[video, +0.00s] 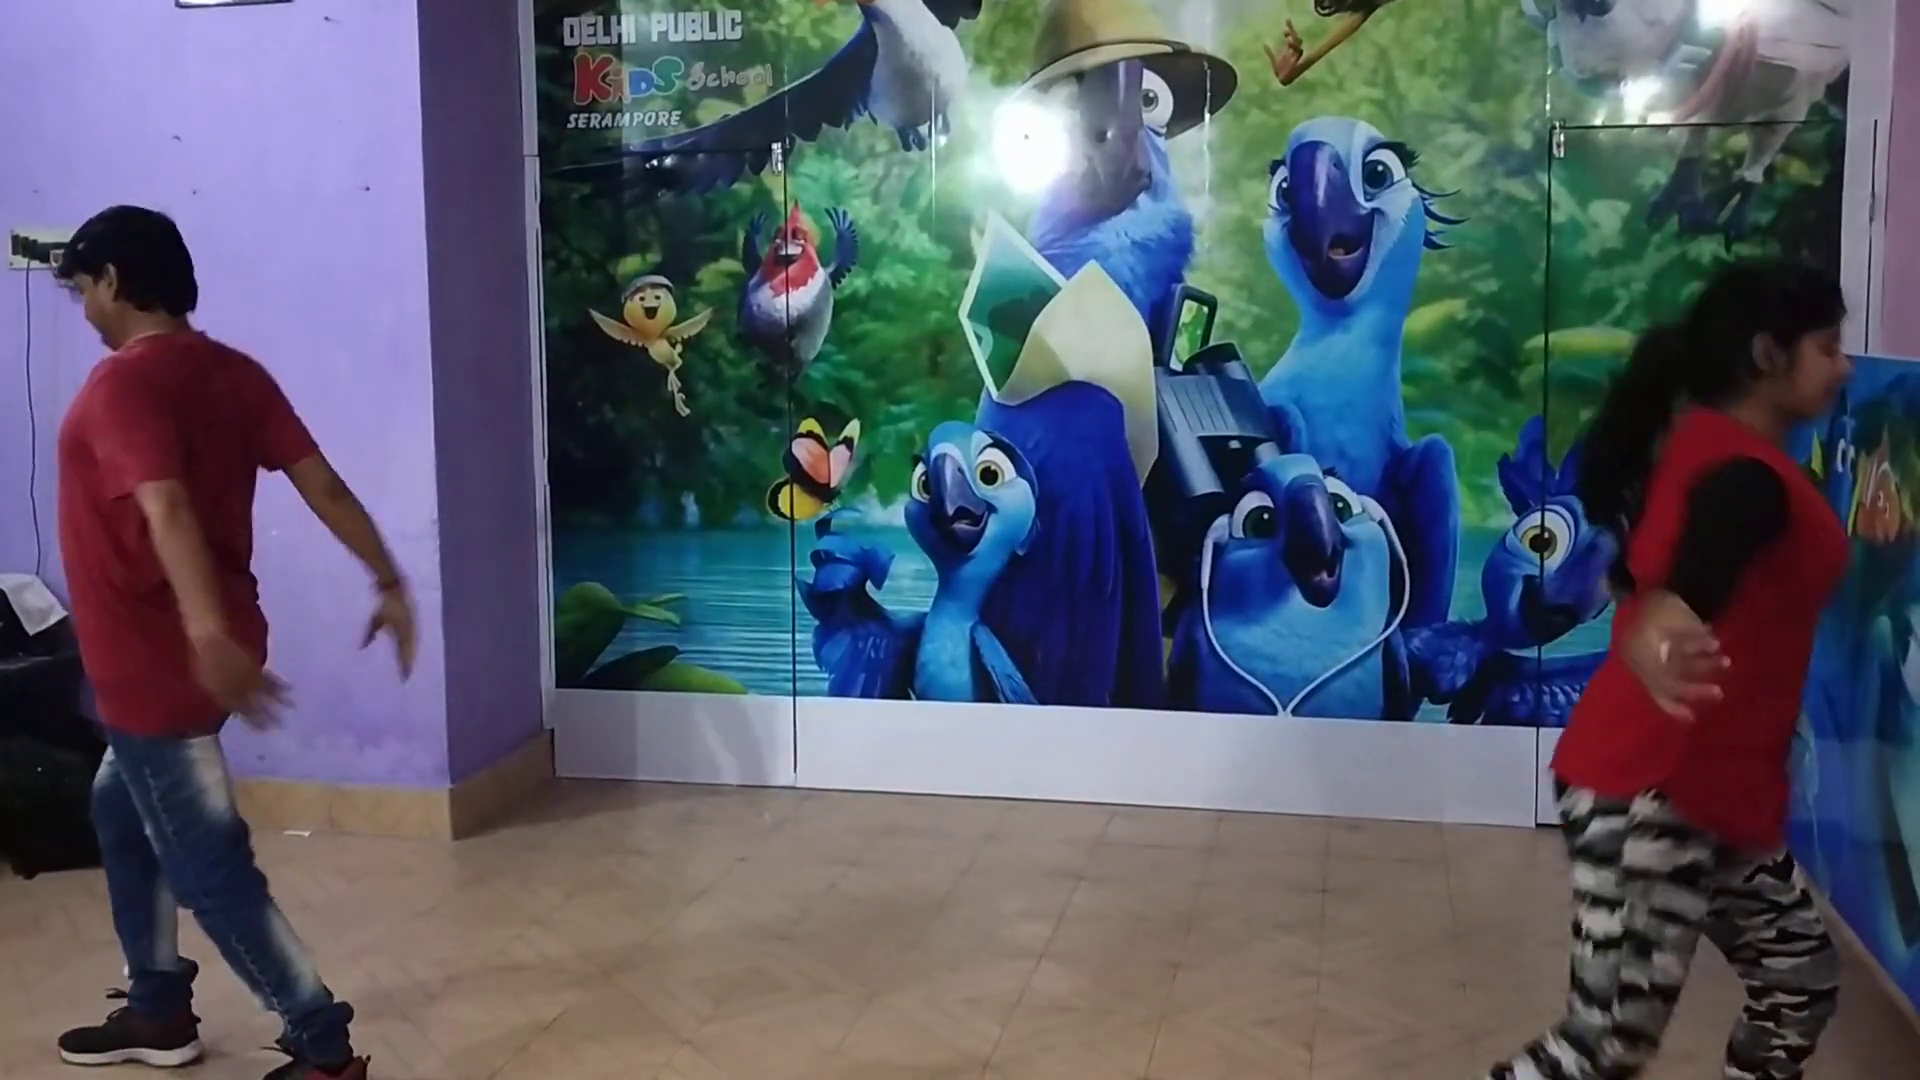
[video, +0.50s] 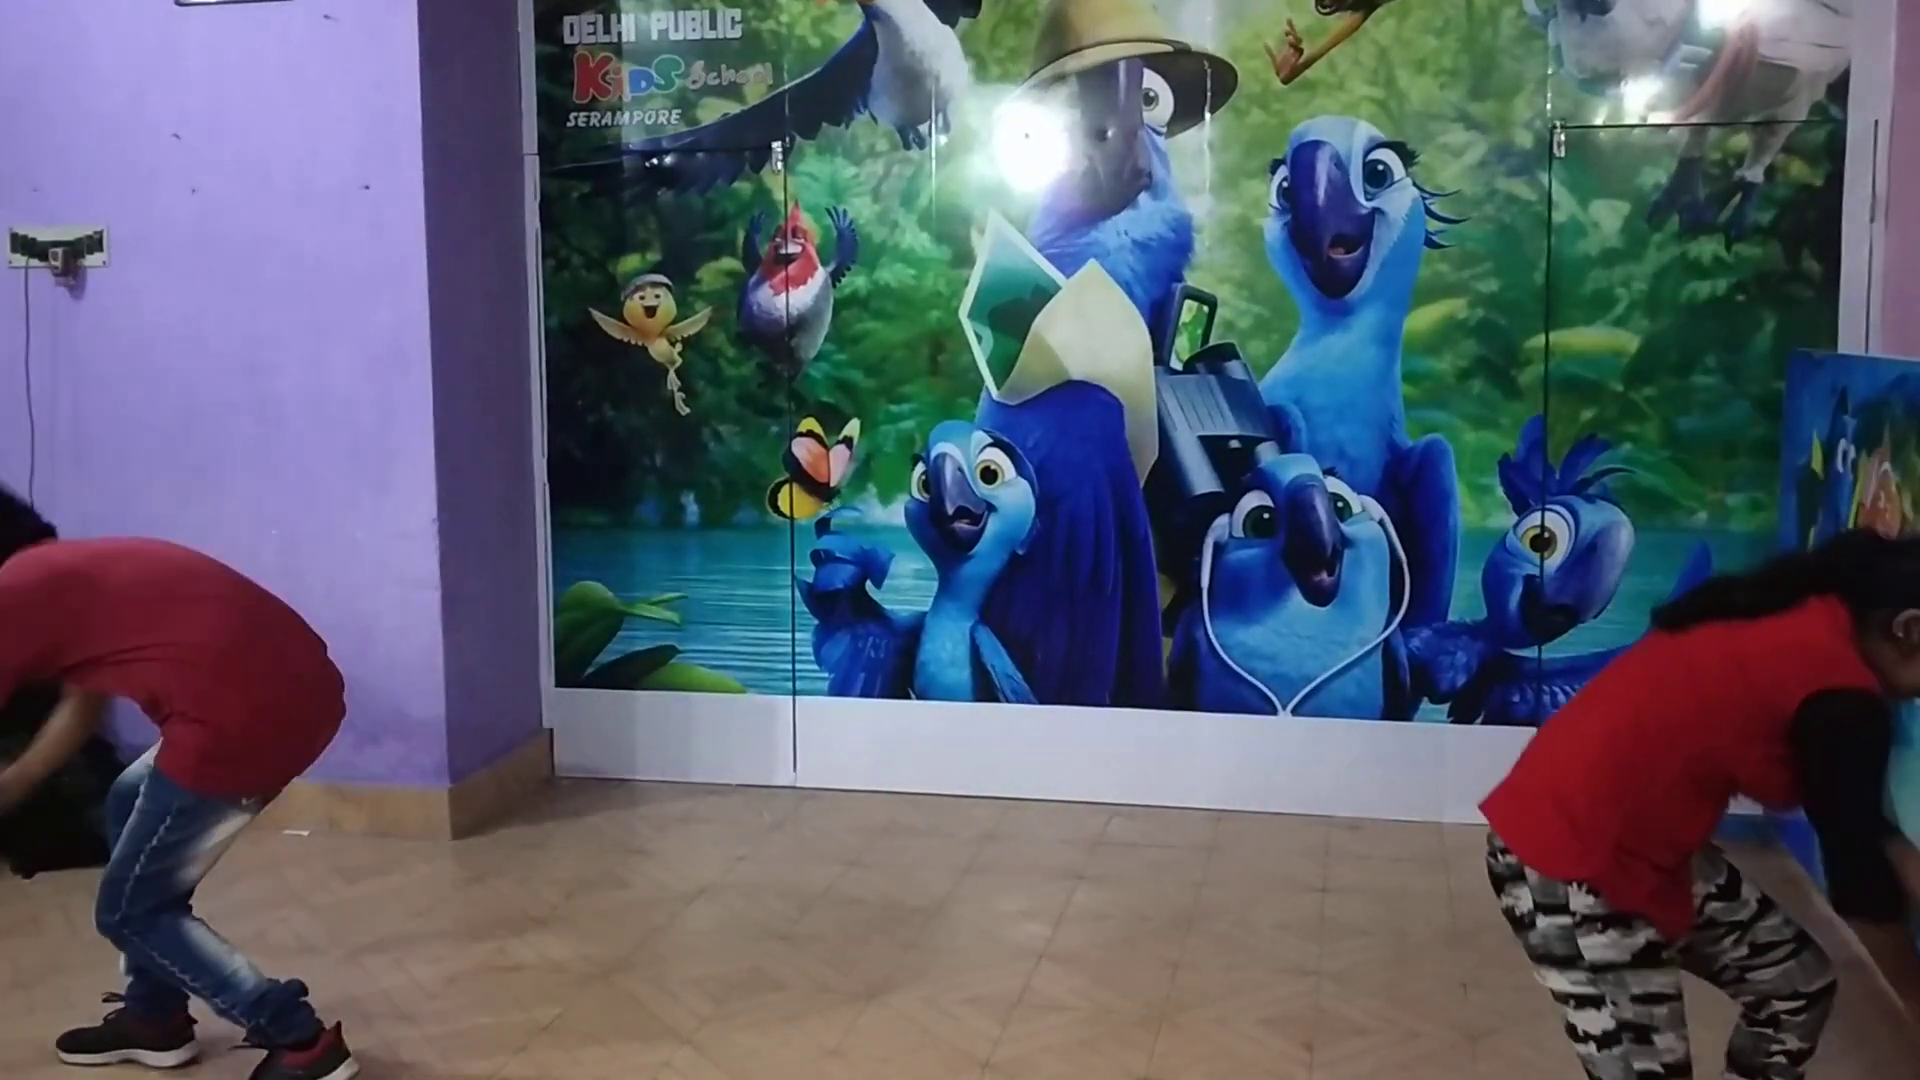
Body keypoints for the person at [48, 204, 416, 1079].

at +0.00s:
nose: (79, 307)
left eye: (80, 288)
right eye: (76, 291)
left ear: (110, 283)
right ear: (174, 281)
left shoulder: (122, 386)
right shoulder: (236, 372)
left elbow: (168, 507)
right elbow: (319, 481)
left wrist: (211, 635)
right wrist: (387, 575)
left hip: (148, 672)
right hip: (215, 650)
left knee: (211, 867)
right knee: (120, 810)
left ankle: (324, 1046)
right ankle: (157, 1010)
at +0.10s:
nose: (56, 307)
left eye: (61, 291)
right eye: (57, 291)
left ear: (92, 297)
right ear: (148, 299)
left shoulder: (89, 398)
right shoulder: (208, 386)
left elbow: (107, 516)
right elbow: (301, 481)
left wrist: (120, 631)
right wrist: (396, 549)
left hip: (154, 664)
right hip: (225, 648)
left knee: (177, 901)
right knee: (105, 810)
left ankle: (317, 1045)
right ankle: (153, 1011)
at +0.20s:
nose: (12, 346)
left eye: (20, 330)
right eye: (14, 329)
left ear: (50, 336)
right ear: (101, 339)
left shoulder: (43, 436)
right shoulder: (161, 420)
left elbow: (30, 555)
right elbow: (264, 506)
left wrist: (9, 644)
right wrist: (357, 555)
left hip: (183, 690)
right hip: (251, 667)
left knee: (135, 903)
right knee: (99, 805)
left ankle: (296, 1032)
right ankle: (151, 1012)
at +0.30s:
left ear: (4, 418)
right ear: (59, 413)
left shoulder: (20, 504)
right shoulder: (112, 478)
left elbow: (9, 609)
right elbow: (180, 568)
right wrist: (261, 600)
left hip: (213, 708)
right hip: (270, 677)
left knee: (128, 912)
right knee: (108, 803)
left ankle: (297, 1034)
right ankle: (153, 1015)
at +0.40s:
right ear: (34, 487)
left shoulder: (18, 564)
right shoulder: (82, 529)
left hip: (231, 713)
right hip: (290, 680)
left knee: (124, 913)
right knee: (119, 803)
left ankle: (300, 1037)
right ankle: (152, 1014)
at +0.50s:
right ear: (28, 532)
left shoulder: (15, 596)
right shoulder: (83, 573)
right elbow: (80, 708)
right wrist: (13, 783)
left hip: (239, 716)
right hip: (302, 685)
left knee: (132, 914)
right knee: (129, 800)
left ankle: (303, 1040)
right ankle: (154, 1017)